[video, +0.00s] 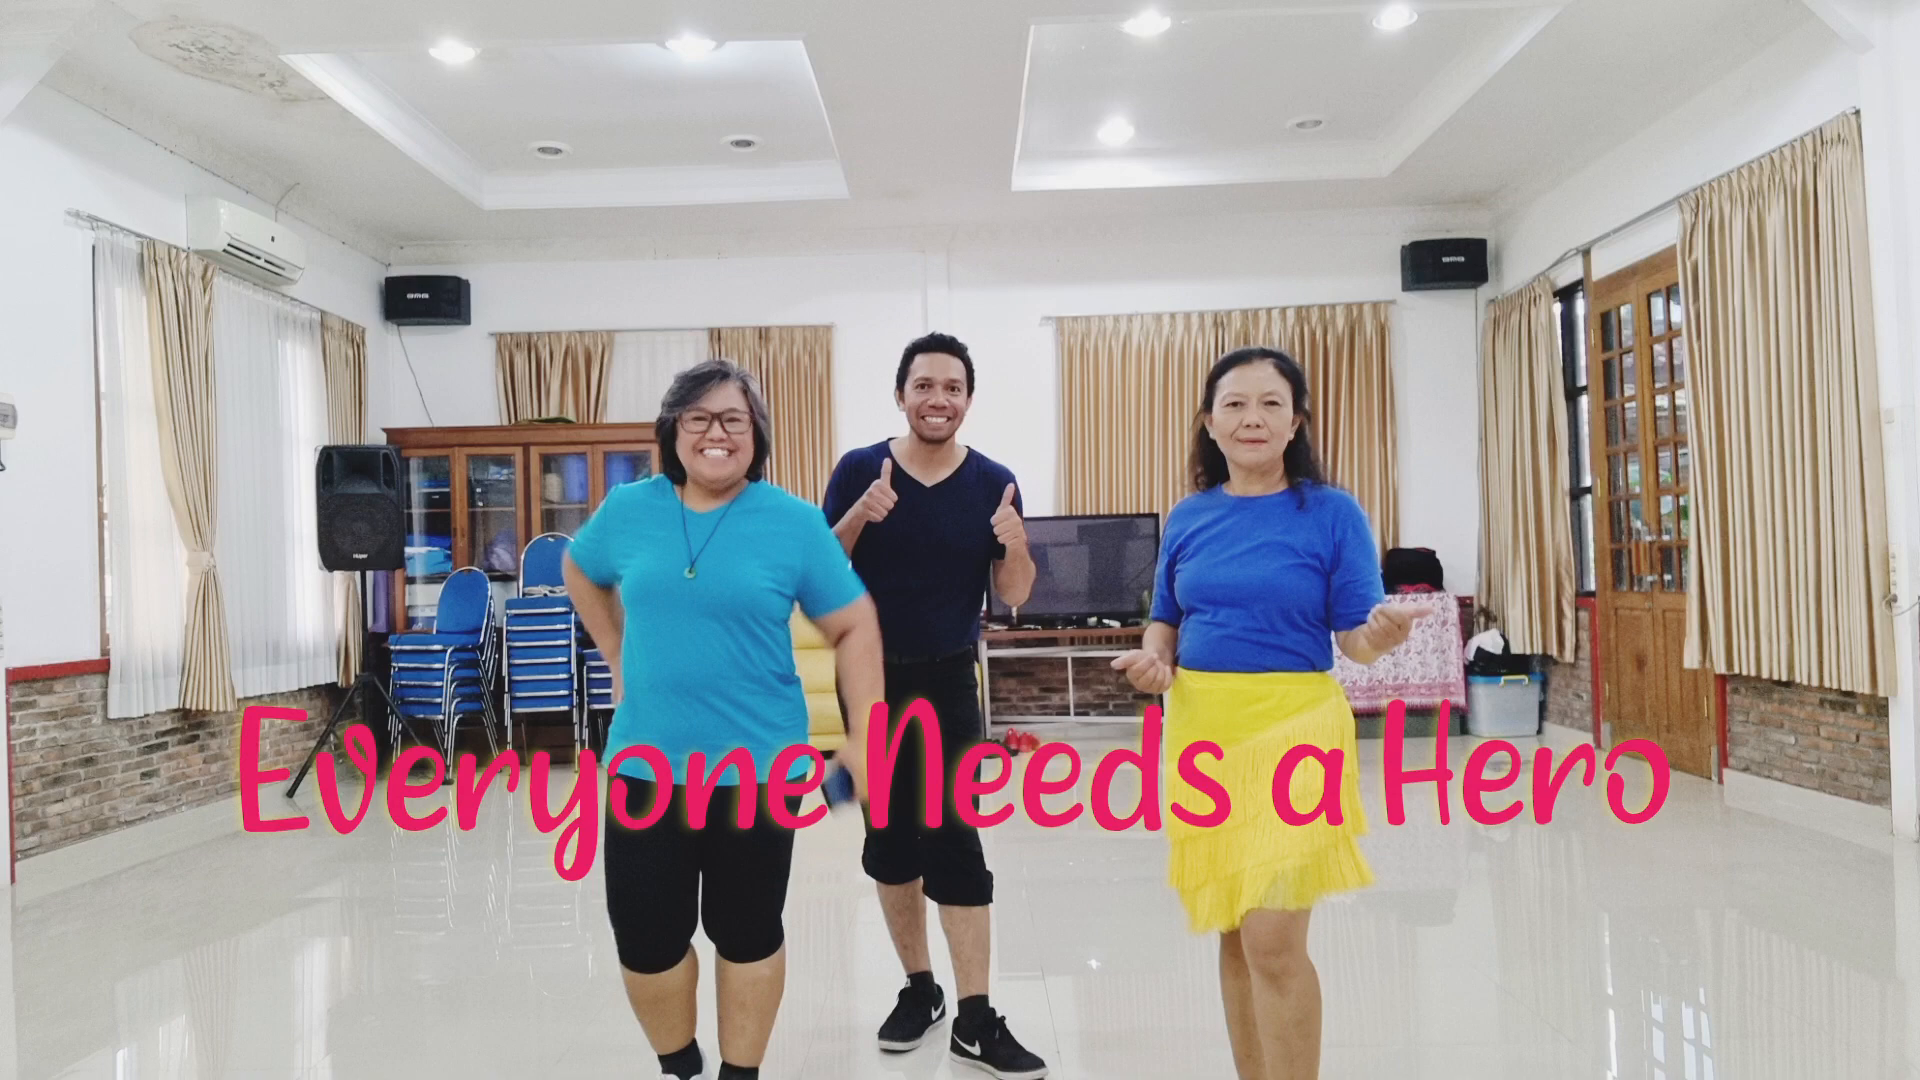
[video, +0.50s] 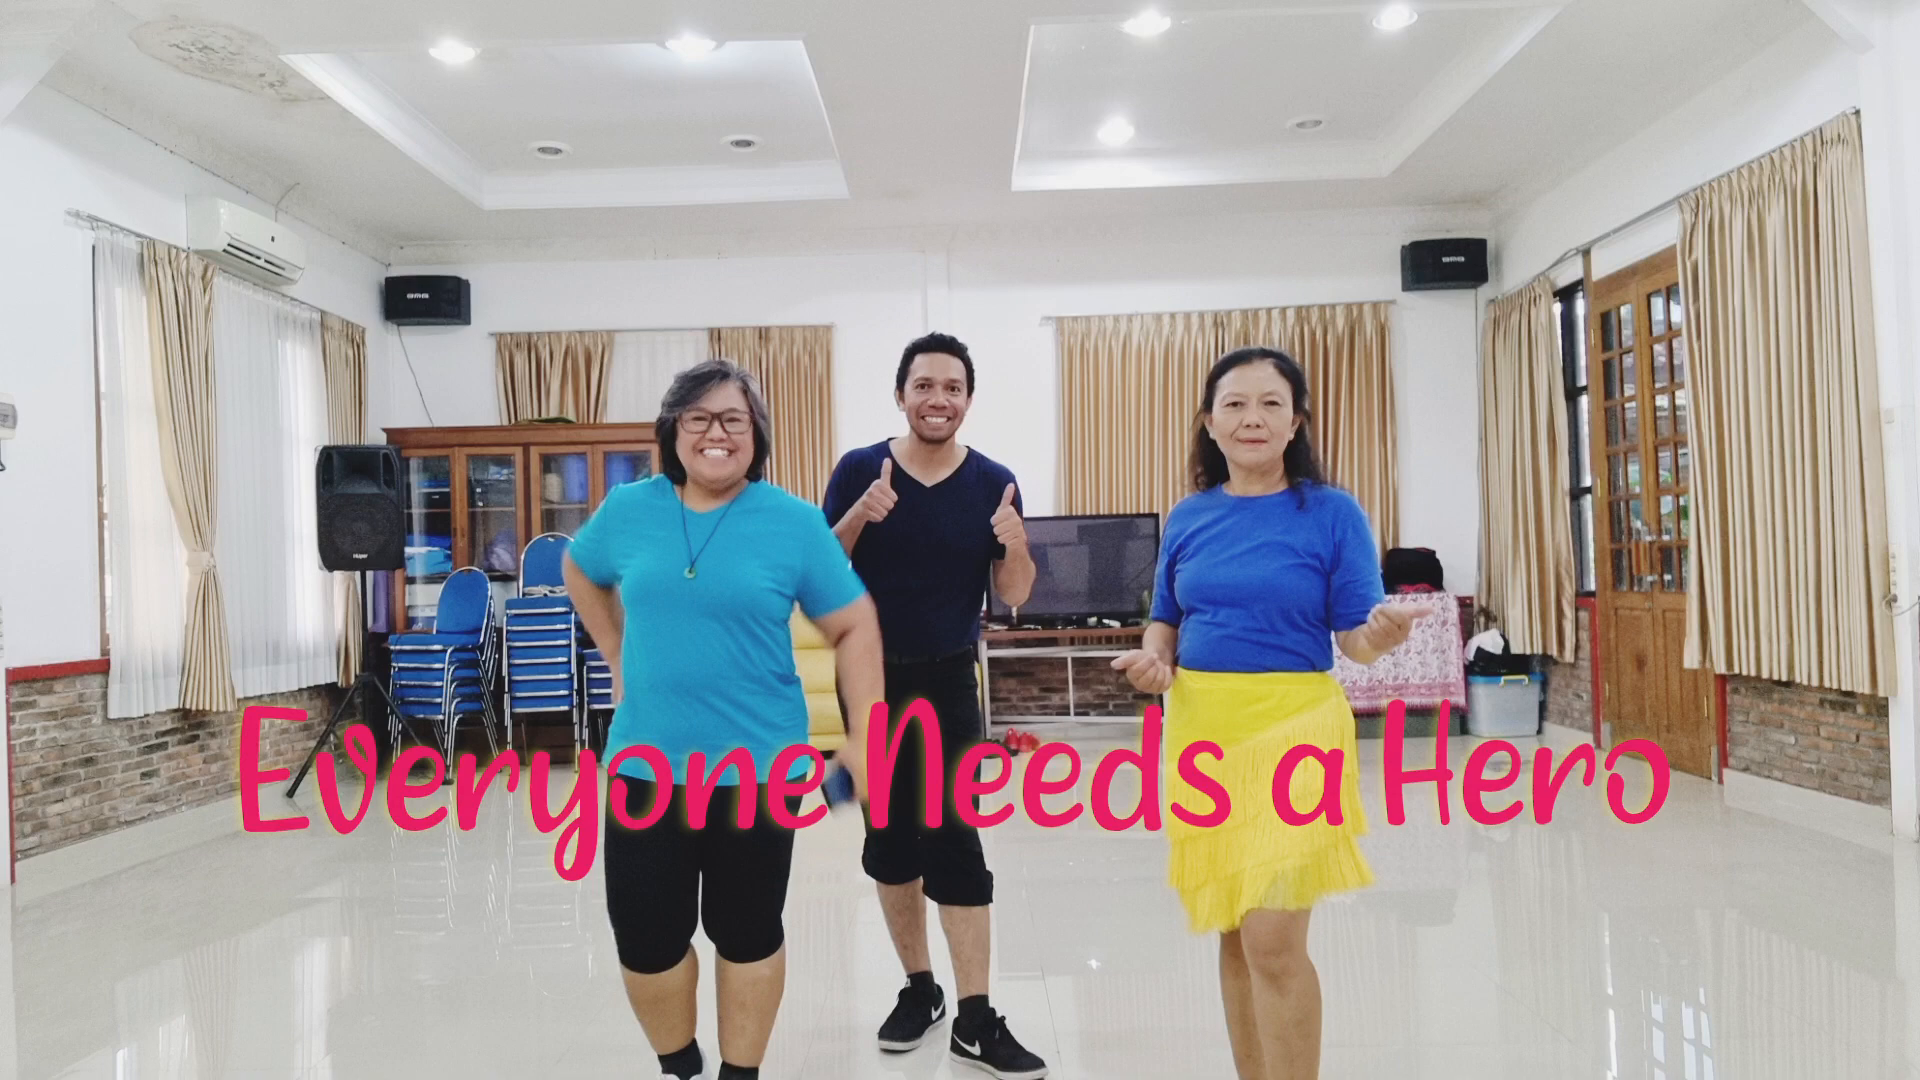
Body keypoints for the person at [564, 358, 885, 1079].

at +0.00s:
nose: (720, 432)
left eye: (736, 420)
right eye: (702, 420)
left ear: (756, 436)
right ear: (672, 434)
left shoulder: (795, 523)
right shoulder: (627, 509)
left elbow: (856, 626)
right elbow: (580, 570)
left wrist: (865, 738)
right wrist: (625, 663)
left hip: (758, 768)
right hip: (645, 764)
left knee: (746, 932)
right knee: (646, 938)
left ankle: (739, 1076)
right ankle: (680, 1069)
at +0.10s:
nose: (720, 432)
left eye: (736, 420)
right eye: (702, 420)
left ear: (756, 436)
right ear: (672, 434)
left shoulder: (795, 523)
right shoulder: (627, 509)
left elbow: (856, 626)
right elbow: (580, 570)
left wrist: (865, 738)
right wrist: (625, 663)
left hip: (758, 768)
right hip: (645, 764)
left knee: (746, 932)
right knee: (646, 938)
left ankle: (739, 1076)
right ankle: (680, 1069)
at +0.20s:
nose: (720, 432)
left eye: (736, 420)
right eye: (702, 420)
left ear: (756, 436)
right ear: (672, 434)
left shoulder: (795, 523)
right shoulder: (627, 509)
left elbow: (856, 626)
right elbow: (580, 570)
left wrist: (865, 738)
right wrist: (625, 663)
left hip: (758, 768)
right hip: (645, 764)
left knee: (746, 932)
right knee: (646, 938)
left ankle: (739, 1076)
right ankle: (680, 1069)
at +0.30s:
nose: (720, 432)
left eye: (736, 420)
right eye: (702, 420)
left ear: (756, 436)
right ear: (672, 434)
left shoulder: (795, 523)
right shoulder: (627, 509)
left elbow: (856, 626)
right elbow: (580, 570)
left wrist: (865, 738)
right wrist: (625, 663)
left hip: (758, 768)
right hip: (645, 764)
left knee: (746, 932)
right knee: (646, 938)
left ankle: (739, 1076)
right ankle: (680, 1069)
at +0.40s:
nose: (720, 432)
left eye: (736, 420)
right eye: (702, 420)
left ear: (756, 436)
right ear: (672, 434)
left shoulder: (795, 523)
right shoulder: (627, 509)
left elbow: (856, 626)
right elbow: (580, 570)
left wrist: (865, 738)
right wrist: (625, 663)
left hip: (758, 768)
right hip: (645, 764)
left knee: (746, 932)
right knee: (646, 938)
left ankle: (739, 1076)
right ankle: (680, 1069)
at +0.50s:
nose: (720, 432)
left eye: (736, 420)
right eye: (702, 420)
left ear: (756, 436)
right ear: (672, 434)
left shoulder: (795, 523)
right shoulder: (627, 509)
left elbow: (856, 626)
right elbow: (580, 570)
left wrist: (865, 738)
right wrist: (625, 663)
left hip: (758, 768)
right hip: (645, 764)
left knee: (746, 932)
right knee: (646, 938)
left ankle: (739, 1076)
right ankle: (680, 1069)